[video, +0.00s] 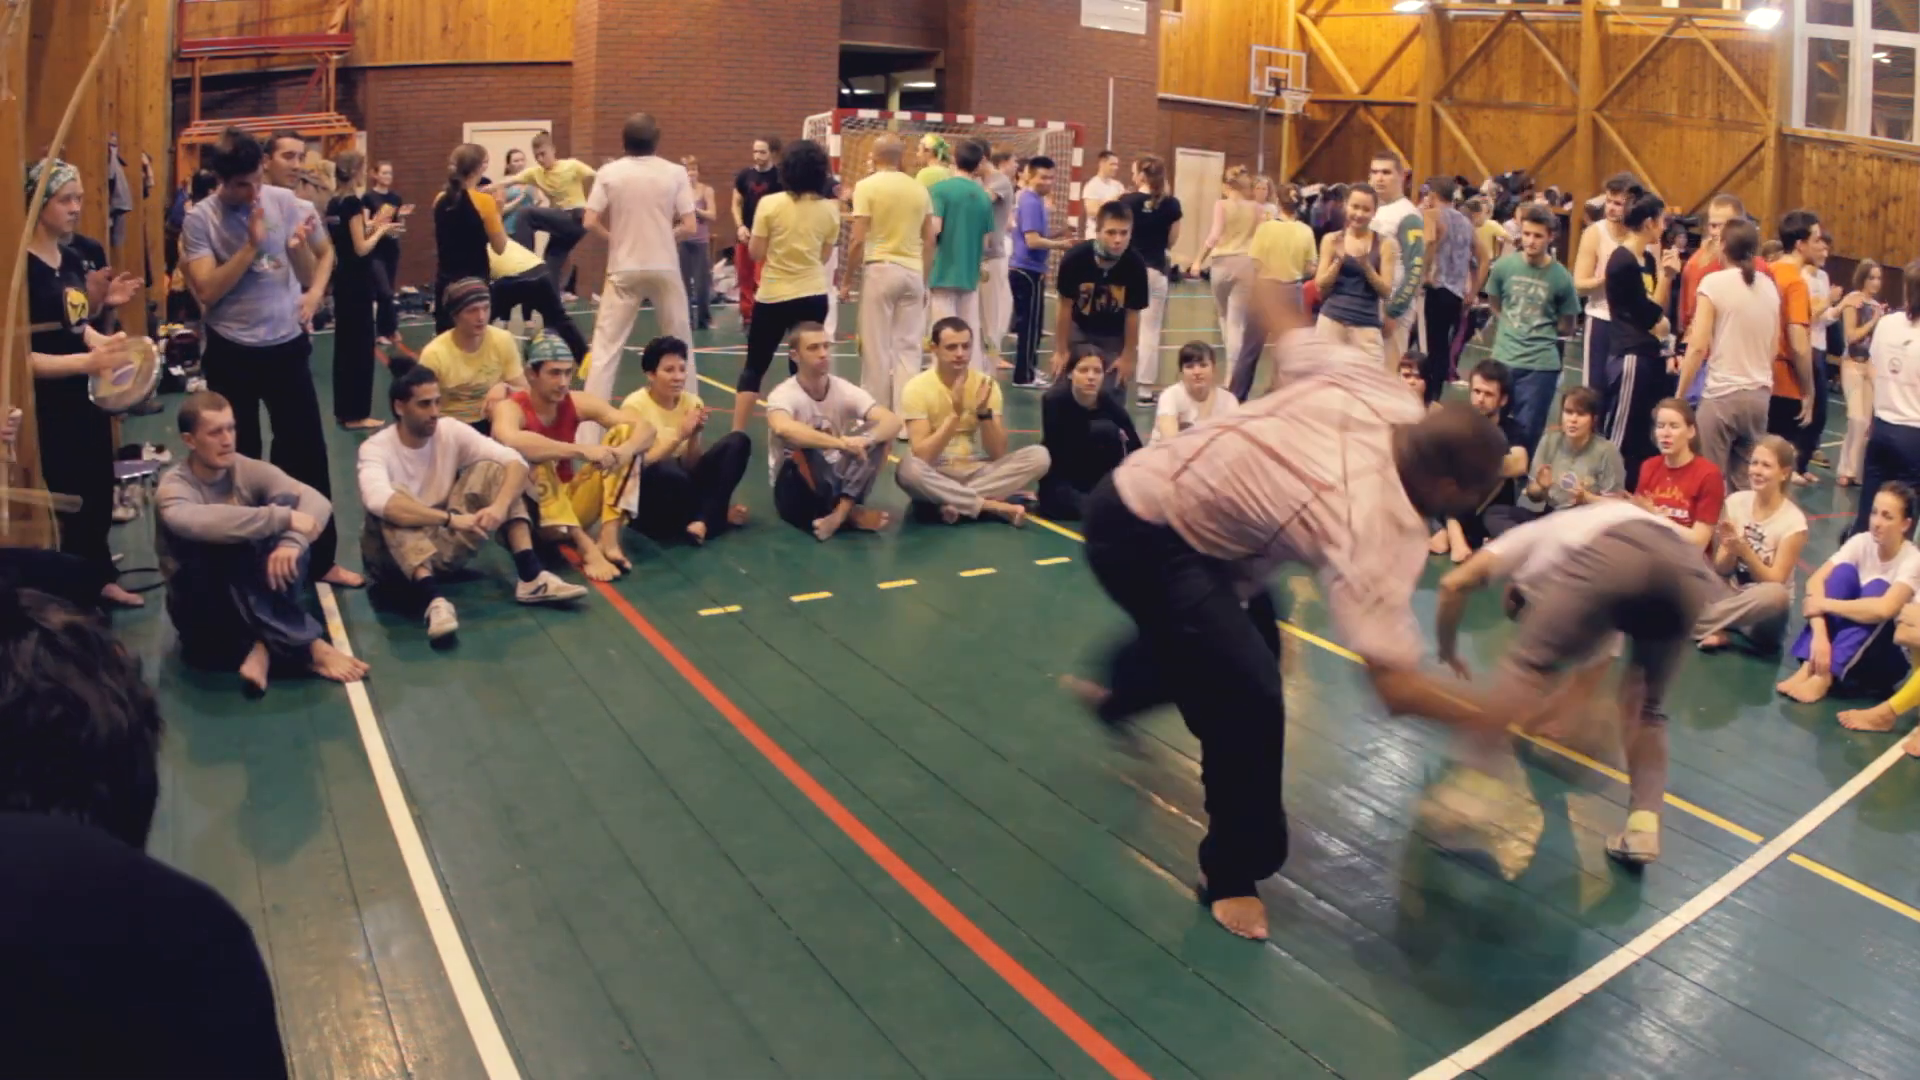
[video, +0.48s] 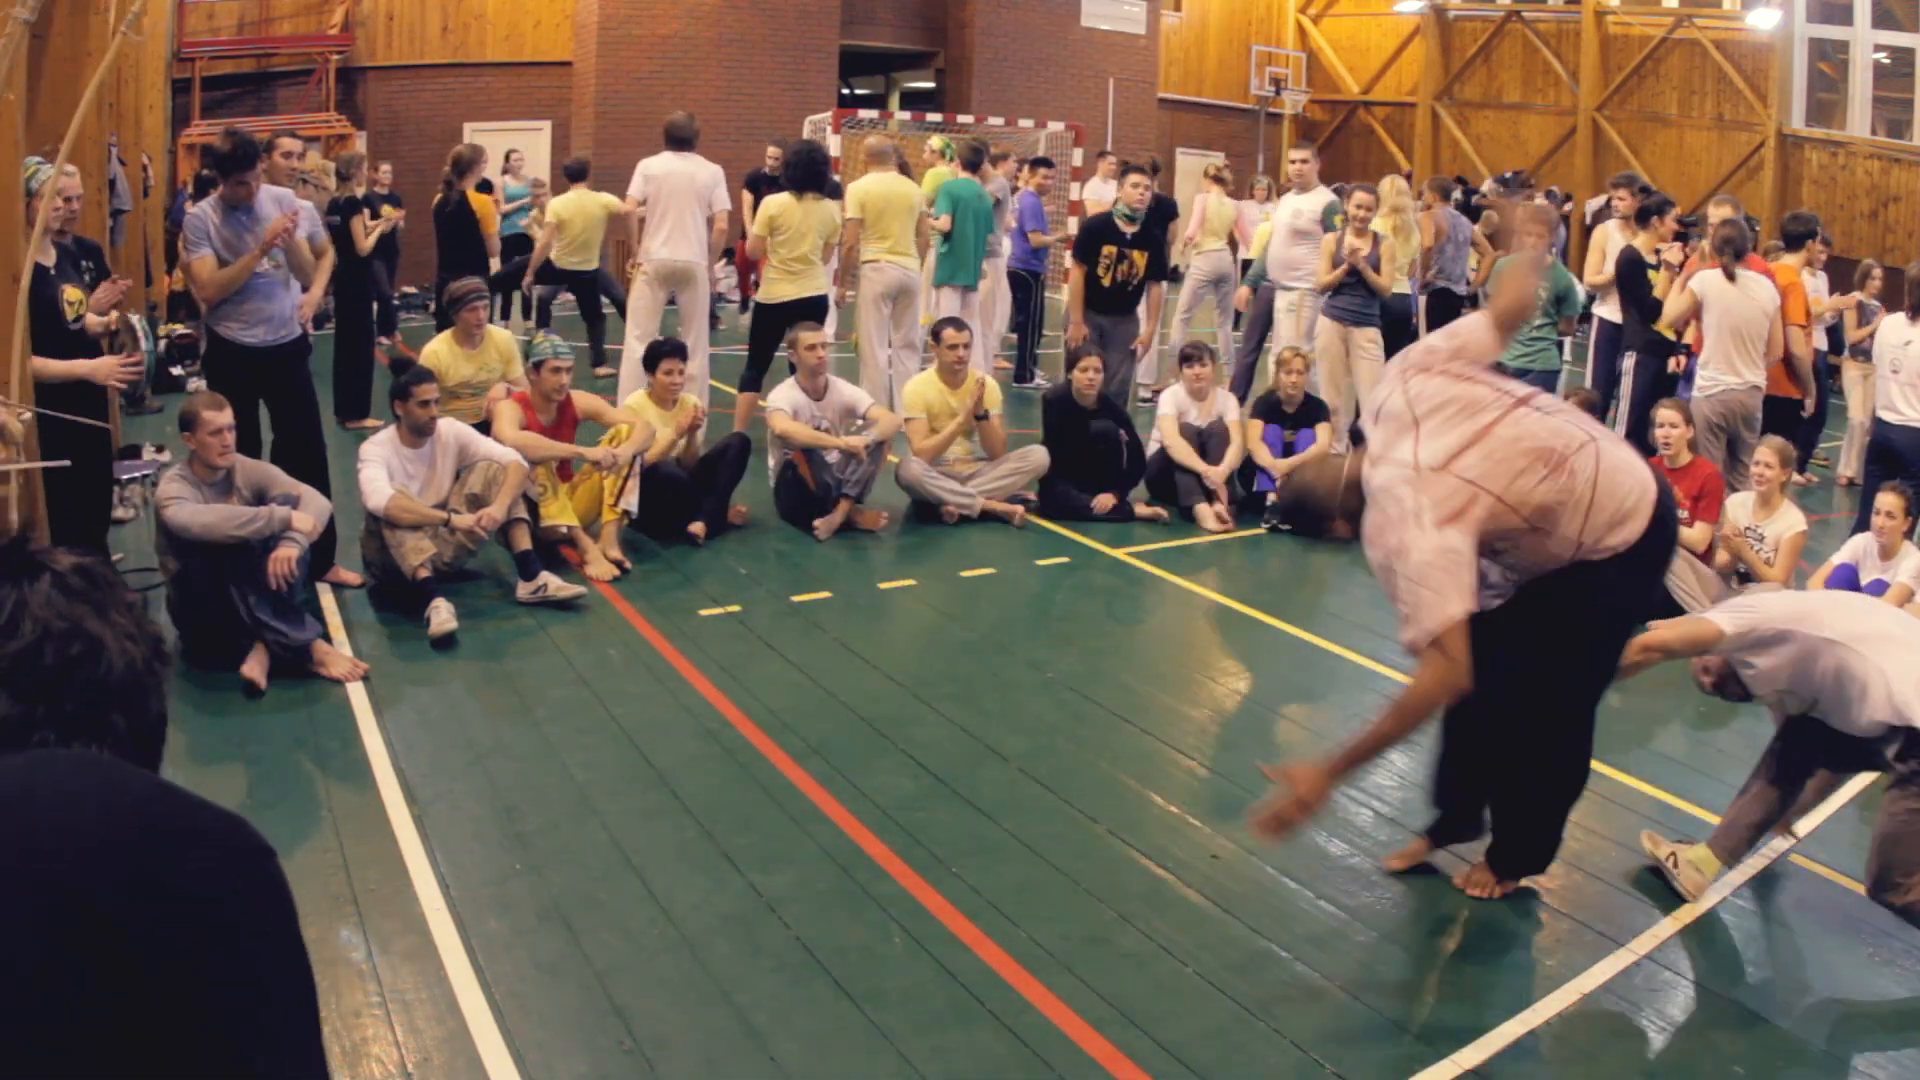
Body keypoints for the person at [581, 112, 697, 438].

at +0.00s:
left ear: (624, 142)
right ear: (656, 142)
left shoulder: (609, 172)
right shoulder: (675, 173)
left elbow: (589, 220)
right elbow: (689, 227)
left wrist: (614, 239)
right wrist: (662, 238)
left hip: (624, 266)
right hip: (664, 265)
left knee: (605, 347)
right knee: (679, 342)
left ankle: (590, 425)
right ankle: (689, 415)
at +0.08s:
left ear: (635, 140)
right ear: (667, 140)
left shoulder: (619, 169)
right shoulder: (685, 171)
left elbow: (600, 218)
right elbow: (696, 228)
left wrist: (619, 248)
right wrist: (671, 246)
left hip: (633, 263)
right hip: (674, 262)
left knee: (613, 343)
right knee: (684, 342)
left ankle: (596, 420)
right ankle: (689, 415)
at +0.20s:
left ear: (648, 138)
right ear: (679, 138)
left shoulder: (631, 168)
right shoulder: (697, 169)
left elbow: (615, 215)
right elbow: (706, 226)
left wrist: (624, 256)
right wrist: (700, 265)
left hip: (643, 259)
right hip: (684, 261)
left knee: (624, 342)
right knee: (690, 341)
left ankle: (604, 421)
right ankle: (691, 416)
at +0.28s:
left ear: (654, 138)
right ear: (685, 138)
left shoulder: (637, 168)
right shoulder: (703, 170)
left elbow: (623, 215)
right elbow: (712, 225)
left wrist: (630, 256)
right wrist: (707, 267)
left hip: (648, 257)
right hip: (688, 260)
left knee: (630, 339)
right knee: (692, 340)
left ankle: (615, 418)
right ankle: (692, 414)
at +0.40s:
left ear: (661, 138)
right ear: (692, 139)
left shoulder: (645, 166)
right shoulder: (709, 170)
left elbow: (628, 211)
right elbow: (720, 225)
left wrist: (634, 253)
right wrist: (709, 263)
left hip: (652, 256)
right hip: (692, 258)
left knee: (636, 340)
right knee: (695, 343)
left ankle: (627, 422)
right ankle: (693, 425)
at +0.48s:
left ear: (664, 138)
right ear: (696, 138)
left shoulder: (648, 166)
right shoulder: (712, 171)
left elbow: (630, 209)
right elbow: (721, 226)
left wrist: (635, 252)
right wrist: (709, 263)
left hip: (654, 255)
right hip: (693, 258)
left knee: (638, 339)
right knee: (696, 342)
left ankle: (631, 420)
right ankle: (693, 423)